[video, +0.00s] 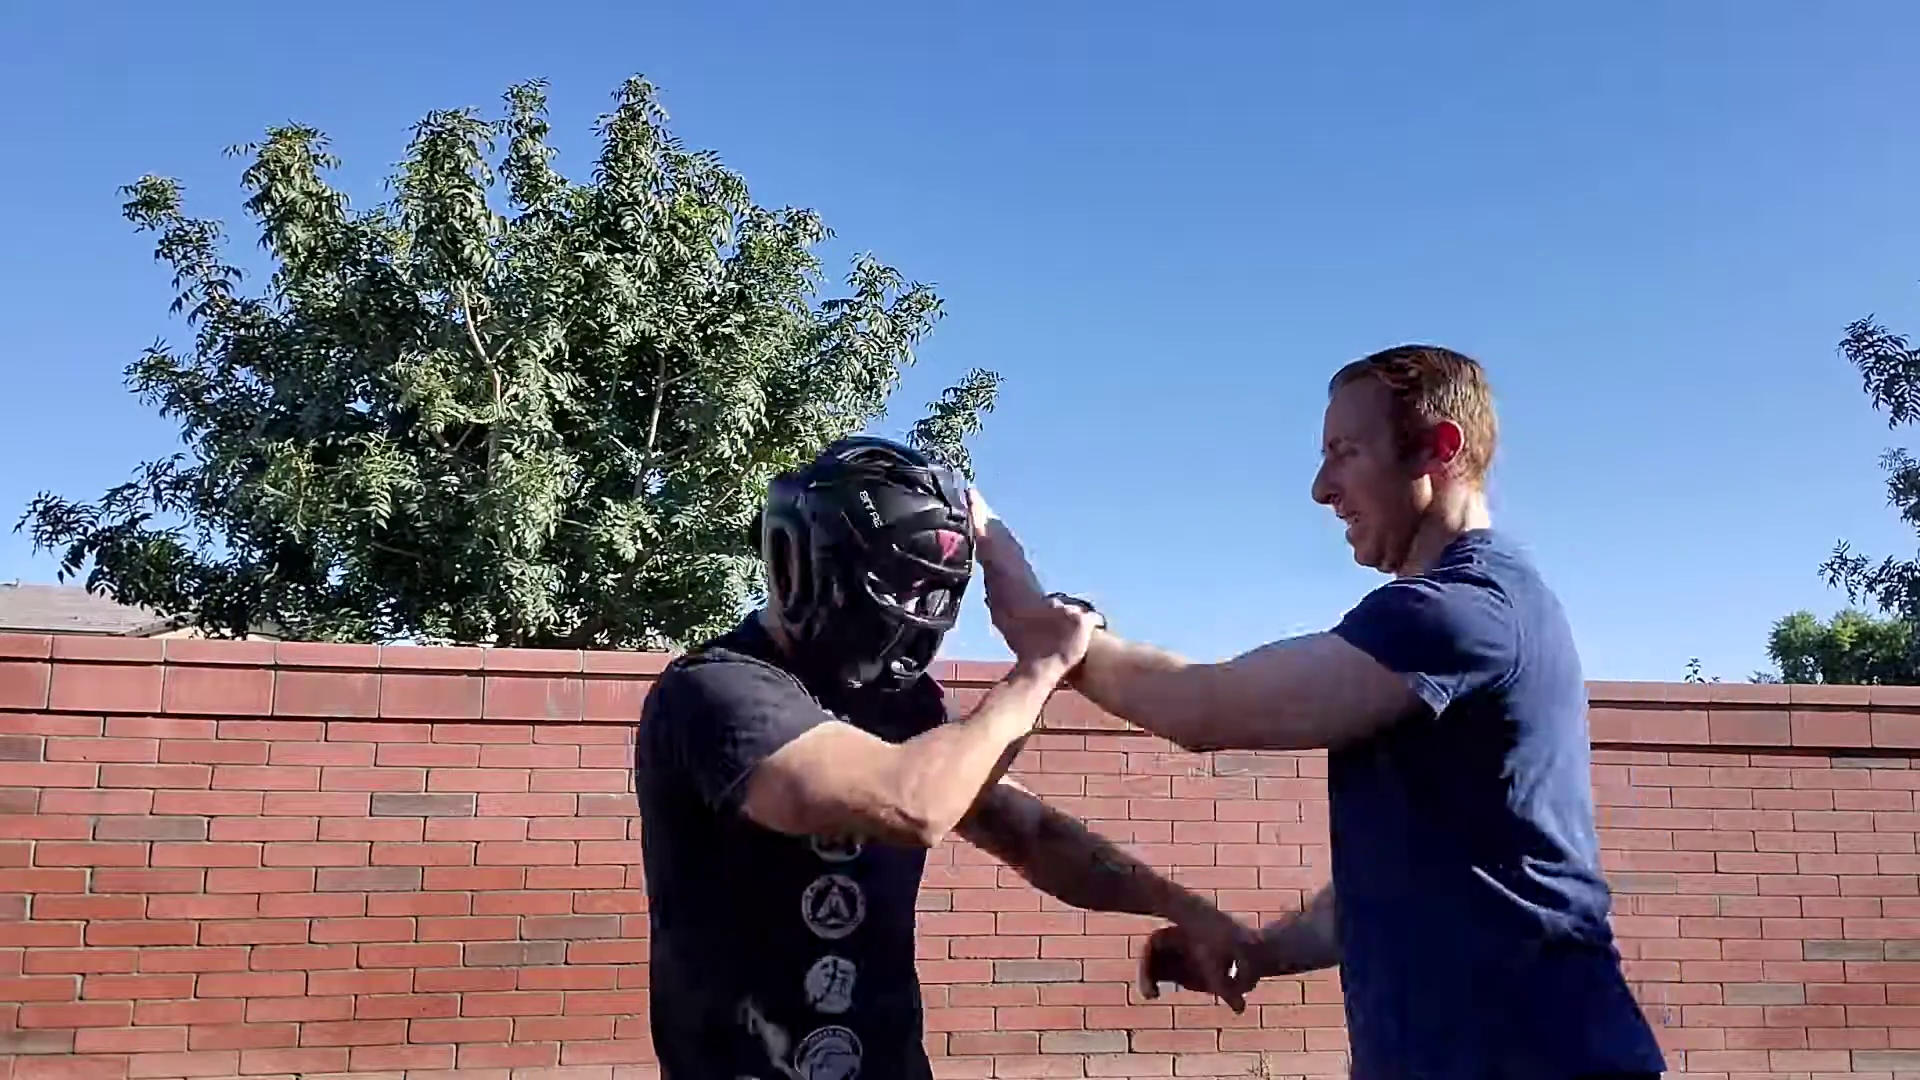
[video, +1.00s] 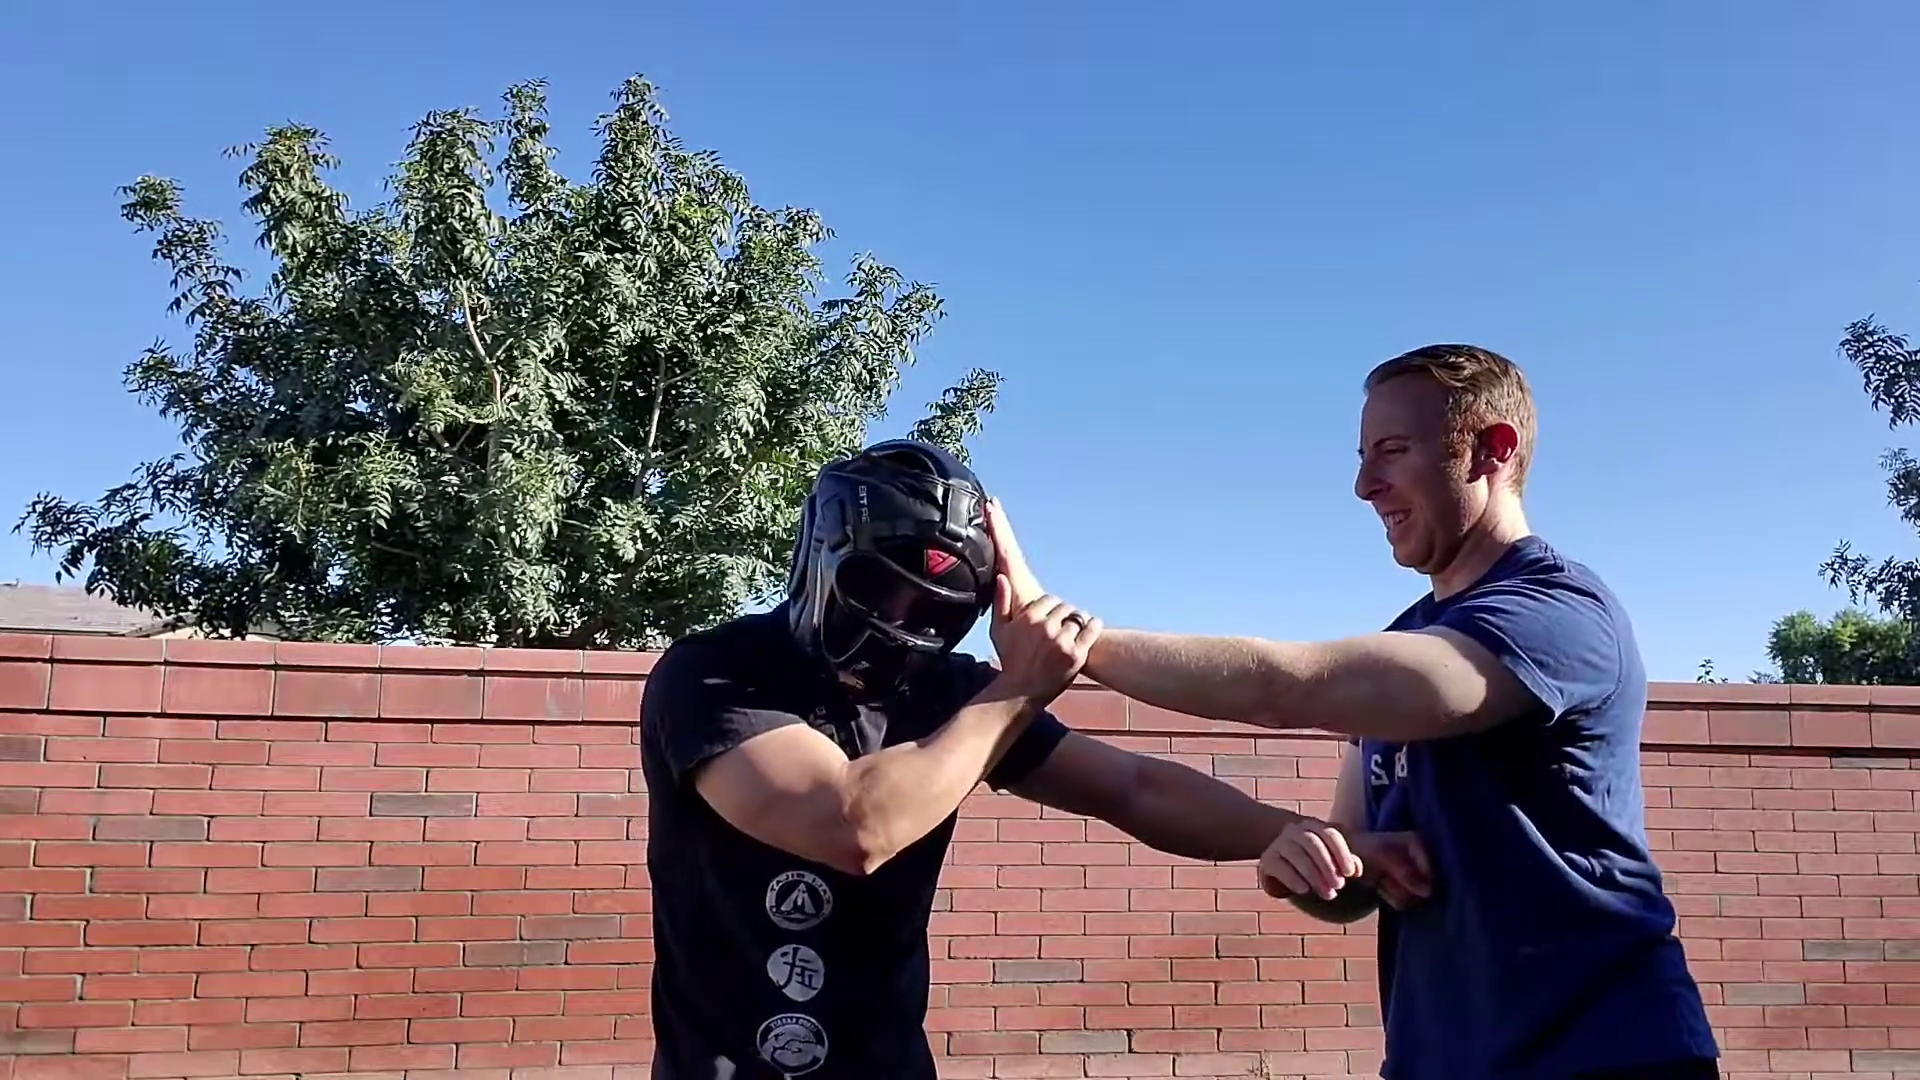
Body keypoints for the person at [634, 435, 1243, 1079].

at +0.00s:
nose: (926, 622)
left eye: (939, 595)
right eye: (905, 590)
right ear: (824, 572)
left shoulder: (894, 704)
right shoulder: (712, 695)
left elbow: (1030, 836)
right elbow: (915, 804)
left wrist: (1185, 910)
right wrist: (1040, 667)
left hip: (887, 1062)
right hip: (742, 1064)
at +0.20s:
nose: (883, 608)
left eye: (914, 592)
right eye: (866, 573)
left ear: (939, 596)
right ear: (805, 544)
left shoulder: (928, 690)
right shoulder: (690, 677)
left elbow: (1124, 774)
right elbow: (842, 817)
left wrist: (1316, 829)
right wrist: (1012, 685)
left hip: (883, 1058)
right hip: (723, 1056)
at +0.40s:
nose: (924, 618)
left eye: (950, 603)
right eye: (907, 584)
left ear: (969, 606)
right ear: (838, 559)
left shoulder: (949, 695)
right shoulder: (711, 678)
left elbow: (1133, 781)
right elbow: (860, 829)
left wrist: (1307, 835)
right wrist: (1020, 699)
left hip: (882, 1062)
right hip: (723, 1061)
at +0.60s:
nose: (914, 619)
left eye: (942, 604)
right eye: (898, 585)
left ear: (963, 607)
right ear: (834, 558)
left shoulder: (943, 696)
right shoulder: (709, 676)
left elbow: (1127, 781)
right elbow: (854, 827)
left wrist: (1300, 835)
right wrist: (1017, 697)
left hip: (879, 1060)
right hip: (723, 1060)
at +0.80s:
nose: (909, 617)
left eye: (939, 602)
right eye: (893, 582)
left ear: (963, 606)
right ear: (831, 558)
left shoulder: (949, 695)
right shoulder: (709, 677)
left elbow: (1131, 785)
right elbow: (857, 828)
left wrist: (1287, 838)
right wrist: (1017, 694)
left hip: (882, 1059)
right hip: (723, 1058)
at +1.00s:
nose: (904, 629)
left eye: (936, 611)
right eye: (889, 593)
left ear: (963, 608)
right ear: (826, 563)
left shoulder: (944, 691)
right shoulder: (705, 678)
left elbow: (1130, 787)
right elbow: (857, 828)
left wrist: (1291, 841)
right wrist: (1008, 692)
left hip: (888, 1067)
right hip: (721, 1065)